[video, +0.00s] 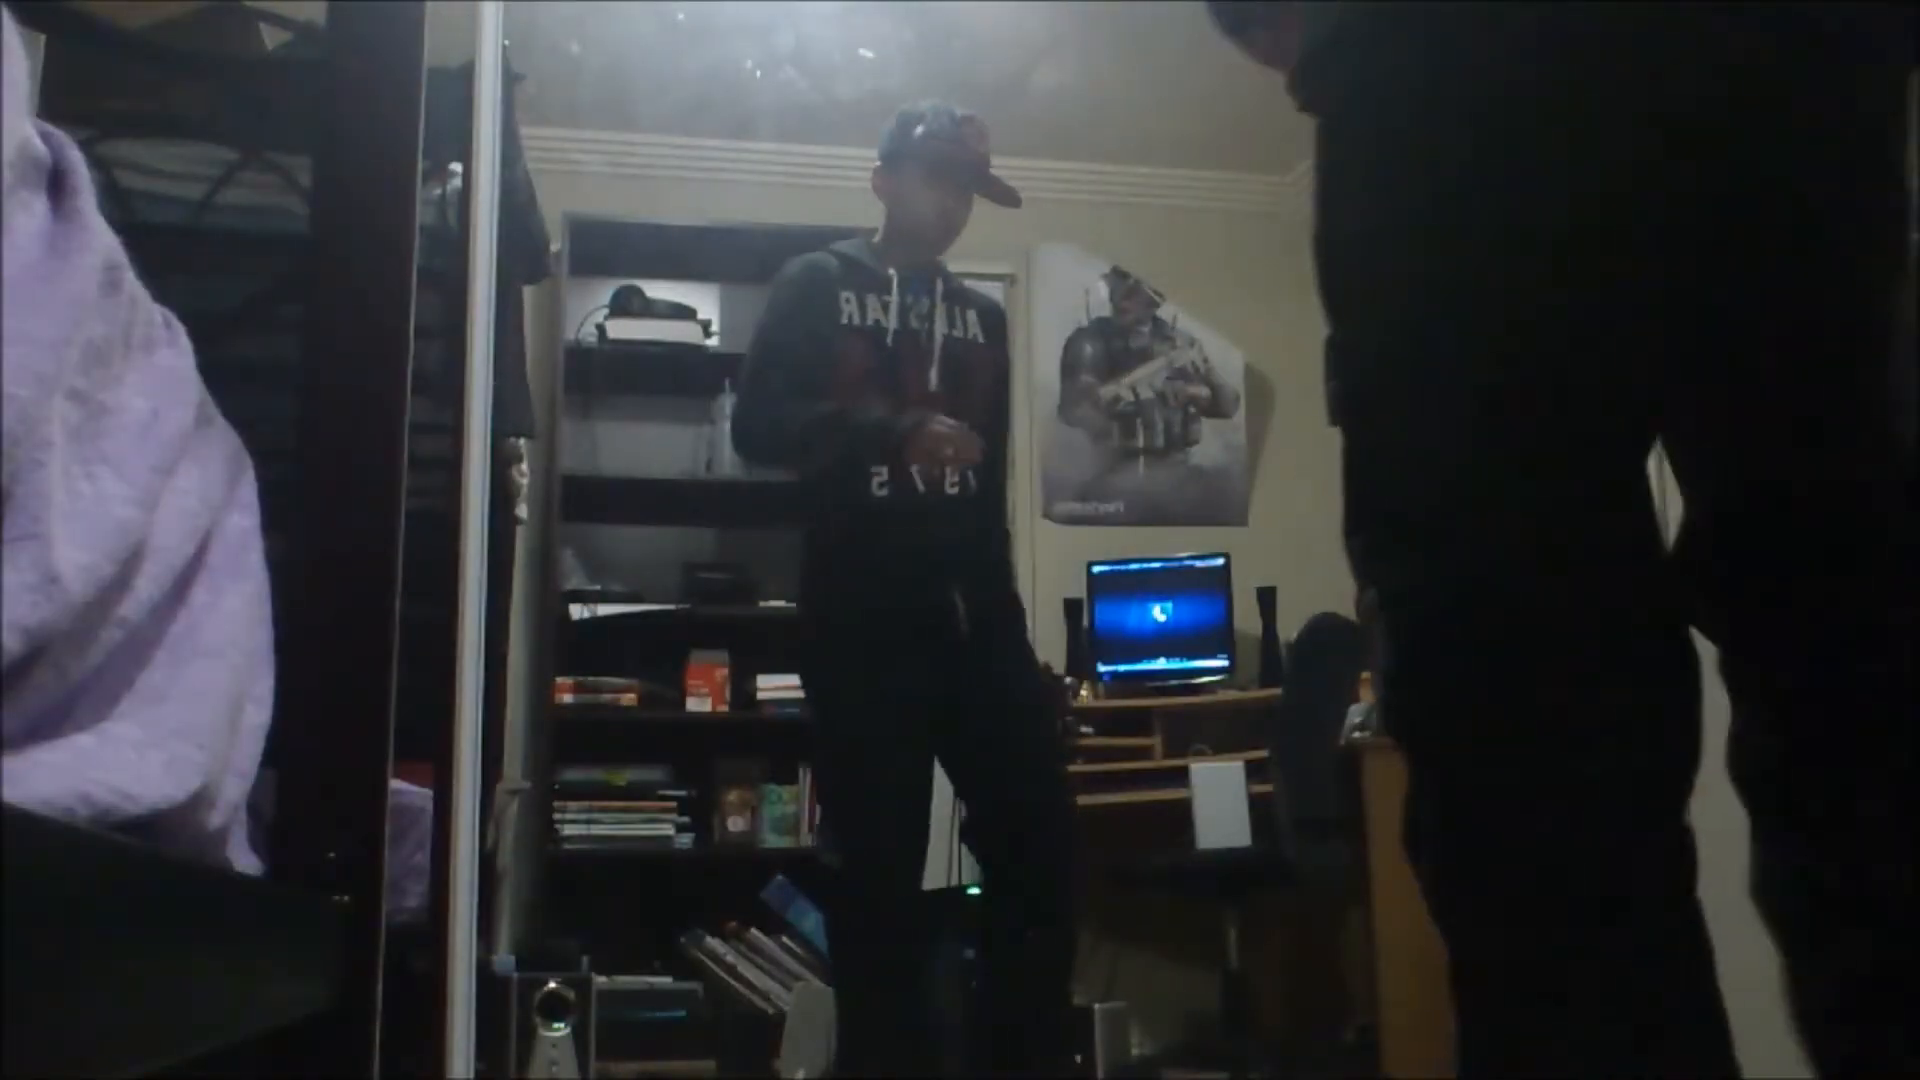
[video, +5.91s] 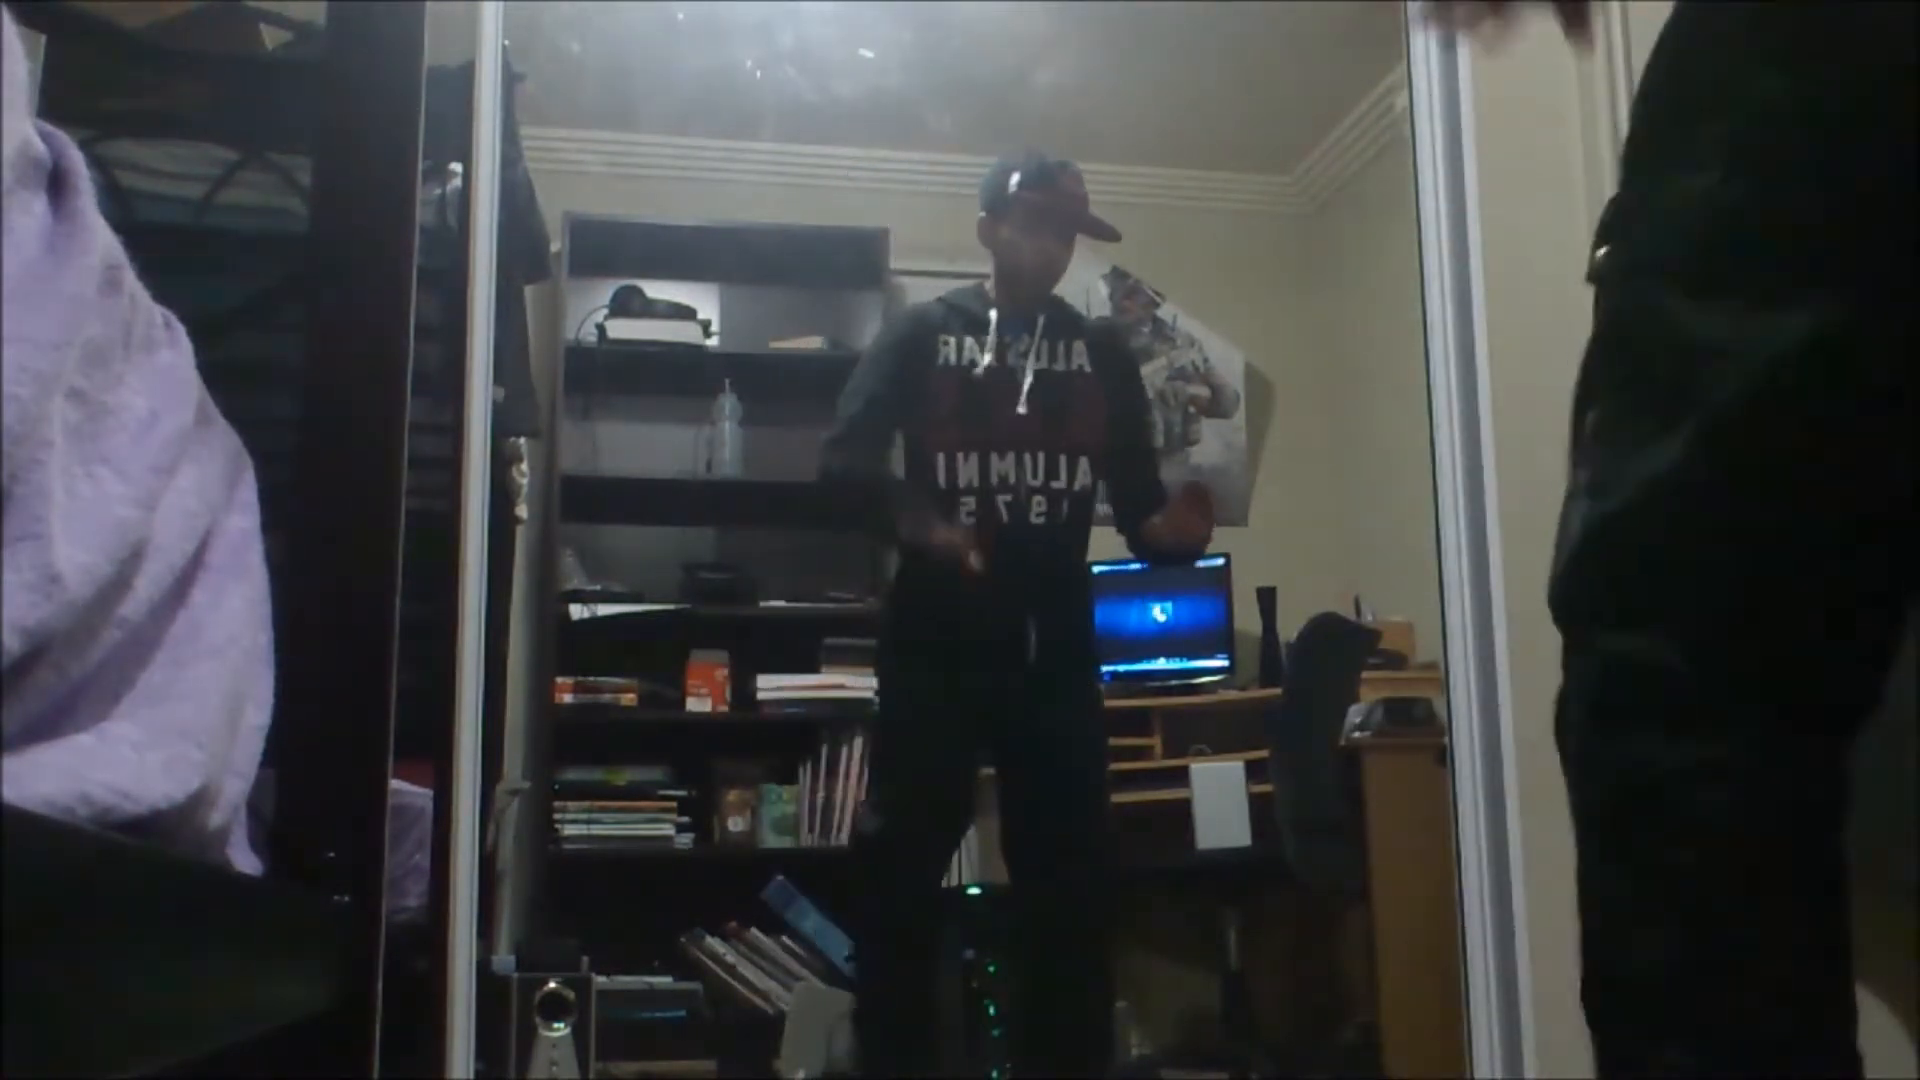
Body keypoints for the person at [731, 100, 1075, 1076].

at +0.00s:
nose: (954, 204)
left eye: (968, 188)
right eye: (938, 179)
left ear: (978, 199)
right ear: (885, 179)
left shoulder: (985, 318)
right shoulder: (816, 284)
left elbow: (998, 483)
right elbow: (757, 428)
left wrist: (1016, 638)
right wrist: (893, 433)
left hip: (976, 615)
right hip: (862, 610)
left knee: (1035, 843)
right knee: (878, 860)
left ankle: (1021, 1061)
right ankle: (881, 1066)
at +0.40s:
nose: (954, 196)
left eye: (970, 178)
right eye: (936, 172)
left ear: (986, 189)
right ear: (890, 177)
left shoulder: (1014, 305)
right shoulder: (824, 289)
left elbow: (1031, 474)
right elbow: (764, 438)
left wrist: (1080, 592)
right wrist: (844, 534)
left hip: (984, 613)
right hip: (861, 613)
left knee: (1033, 856)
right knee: (859, 870)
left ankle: (1054, 1068)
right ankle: (856, 1067)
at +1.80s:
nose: (1001, 171)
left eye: (1017, 154)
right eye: (982, 147)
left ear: (1031, 167)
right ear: (934, 149)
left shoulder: (1056, 295)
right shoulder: (873, 268)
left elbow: (1092, 451)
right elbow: (811, 409)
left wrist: (1139, 585)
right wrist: (935, 401)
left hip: (1036, 603)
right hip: (908, 597)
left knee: (1070, 861)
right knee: (907, 868)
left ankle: (1074, 1066)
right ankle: (899, 1067)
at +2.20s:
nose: (1009, 176)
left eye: (1026, 160)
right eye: (991, 151)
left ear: (1038, 172)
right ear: (943, 150)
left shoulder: (1060, 302)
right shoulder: (870, 269)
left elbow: (1086, 436)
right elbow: (798, 416)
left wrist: (1130, 514)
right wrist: (838, 531)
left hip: (1023, 589)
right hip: (897, 589)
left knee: (1071, 844)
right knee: (895, 854)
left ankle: (1084, 1060)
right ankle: (888, 1063)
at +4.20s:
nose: (921, 250)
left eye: (941, 234)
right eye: (906, 233)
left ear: (978, 241)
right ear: (884, 238)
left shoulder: (1038, 351)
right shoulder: (855, 365)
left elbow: (1100, 510)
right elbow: (817, 507)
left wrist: (1071, 635)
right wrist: (811, 581)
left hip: (1004, 658)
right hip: (882, 659)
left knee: (1025, 904)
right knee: (842, 894)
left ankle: (1049, 1069)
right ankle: (825, 1066)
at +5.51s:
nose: (997, 244)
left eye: (1008, 230)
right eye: (980, 225)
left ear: (1018, 242)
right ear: (932, 229)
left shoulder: (1040, 356)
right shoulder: (868, 336)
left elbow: (1086, 487)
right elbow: (828, 484)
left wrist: (1120, 596)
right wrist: (935, 492)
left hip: (1011, 641)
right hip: (900, 638)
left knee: (1052, 888)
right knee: (874, 894)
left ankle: (1065, 1069)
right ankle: (851, 1070)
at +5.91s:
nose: (1051, 244)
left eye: (1065, 228)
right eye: (1034, 222)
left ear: (1080, 239)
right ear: (988, 228)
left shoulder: (1102, 351)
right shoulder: (923, 332)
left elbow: (1143, 512)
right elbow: (844, 465)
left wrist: (1174, 531)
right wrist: (924, 527)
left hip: (1051, 632)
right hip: (937, 630)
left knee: (1066, 870)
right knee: (905, 869)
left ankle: (1066, 1063)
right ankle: (898, 1064)